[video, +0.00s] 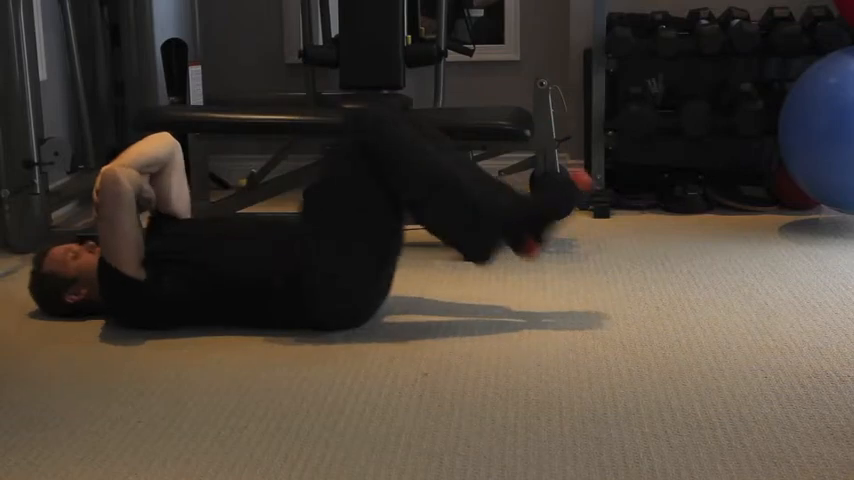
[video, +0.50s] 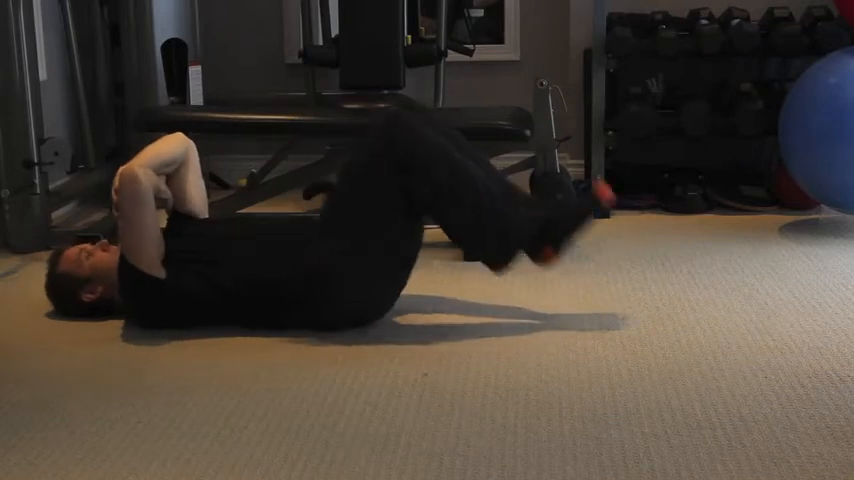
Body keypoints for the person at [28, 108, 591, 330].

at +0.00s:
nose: (84, 250)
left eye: (77, 249)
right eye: (73, 259)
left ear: (94, 257)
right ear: (80, 293)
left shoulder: (160, 250)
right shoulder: (131, 297)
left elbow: (168, 148)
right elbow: (115, 174)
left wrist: (117, 204)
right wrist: (127, 219)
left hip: (331, 263)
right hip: (323, 290)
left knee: (376, 125)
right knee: (370, 130)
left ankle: (488, 225)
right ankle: (520, 221)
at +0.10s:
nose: (98, 252)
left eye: (91, 251)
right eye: (87, 261)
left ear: (108, 257)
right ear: (94, 295)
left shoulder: (173, 250)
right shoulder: (147, 296)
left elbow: (173, 149)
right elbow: (126, 174)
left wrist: (136, 221)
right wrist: (141, 220)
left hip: (342, 258)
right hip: (335, 289)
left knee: (416, 130)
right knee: (410, 142)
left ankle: (529, 246)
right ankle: (534, 255)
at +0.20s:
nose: (105, 251)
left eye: (98, 249)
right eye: (94, 260)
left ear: (118, 257)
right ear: (103, 295)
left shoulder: (181, 256)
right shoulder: (159, 295)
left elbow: (184, 151)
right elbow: (139, 174)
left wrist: (158, 222)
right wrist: (151, 223)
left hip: (354, 259)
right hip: (343, 288)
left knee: (444, 136)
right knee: (432, 147)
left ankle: (546, 261)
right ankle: (541, 268)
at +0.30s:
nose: (106, 249)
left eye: (99, 247)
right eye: (94, 260)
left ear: (120, 253)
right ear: (104, 294)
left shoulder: (184, 254)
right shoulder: (160, 295)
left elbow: (189, 151)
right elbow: (145, 172)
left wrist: (151, 205)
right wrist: (153, 216)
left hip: (353, 259)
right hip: (342, 289)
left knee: (446, 140)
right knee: (436, 151)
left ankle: (551, 262)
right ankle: (548, 269)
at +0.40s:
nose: (100, 251)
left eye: (93, 249)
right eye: (89, 261)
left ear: (114, 255)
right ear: (100, 295)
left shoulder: (179, 253)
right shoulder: (155, 295)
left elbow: (188, 150)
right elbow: (141, 171)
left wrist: (153, 209)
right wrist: (153, 210)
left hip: (351, 257)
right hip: (340, 288)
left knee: (435, 133)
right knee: (424, 145)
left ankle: (544, 253)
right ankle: (540, 262)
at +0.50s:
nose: (98, 251)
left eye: (91, 249)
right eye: (87, 261)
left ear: (111, 253)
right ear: (95, 295)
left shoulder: (177, 250)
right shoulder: (151, 297)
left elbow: (182, 152)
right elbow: (134, 173)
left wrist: (152, 223)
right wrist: (149, 221)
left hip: (347, 256)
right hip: (340, 286)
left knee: (404, 122)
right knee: (397, 134)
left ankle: (505, 229)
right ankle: (531, 230)